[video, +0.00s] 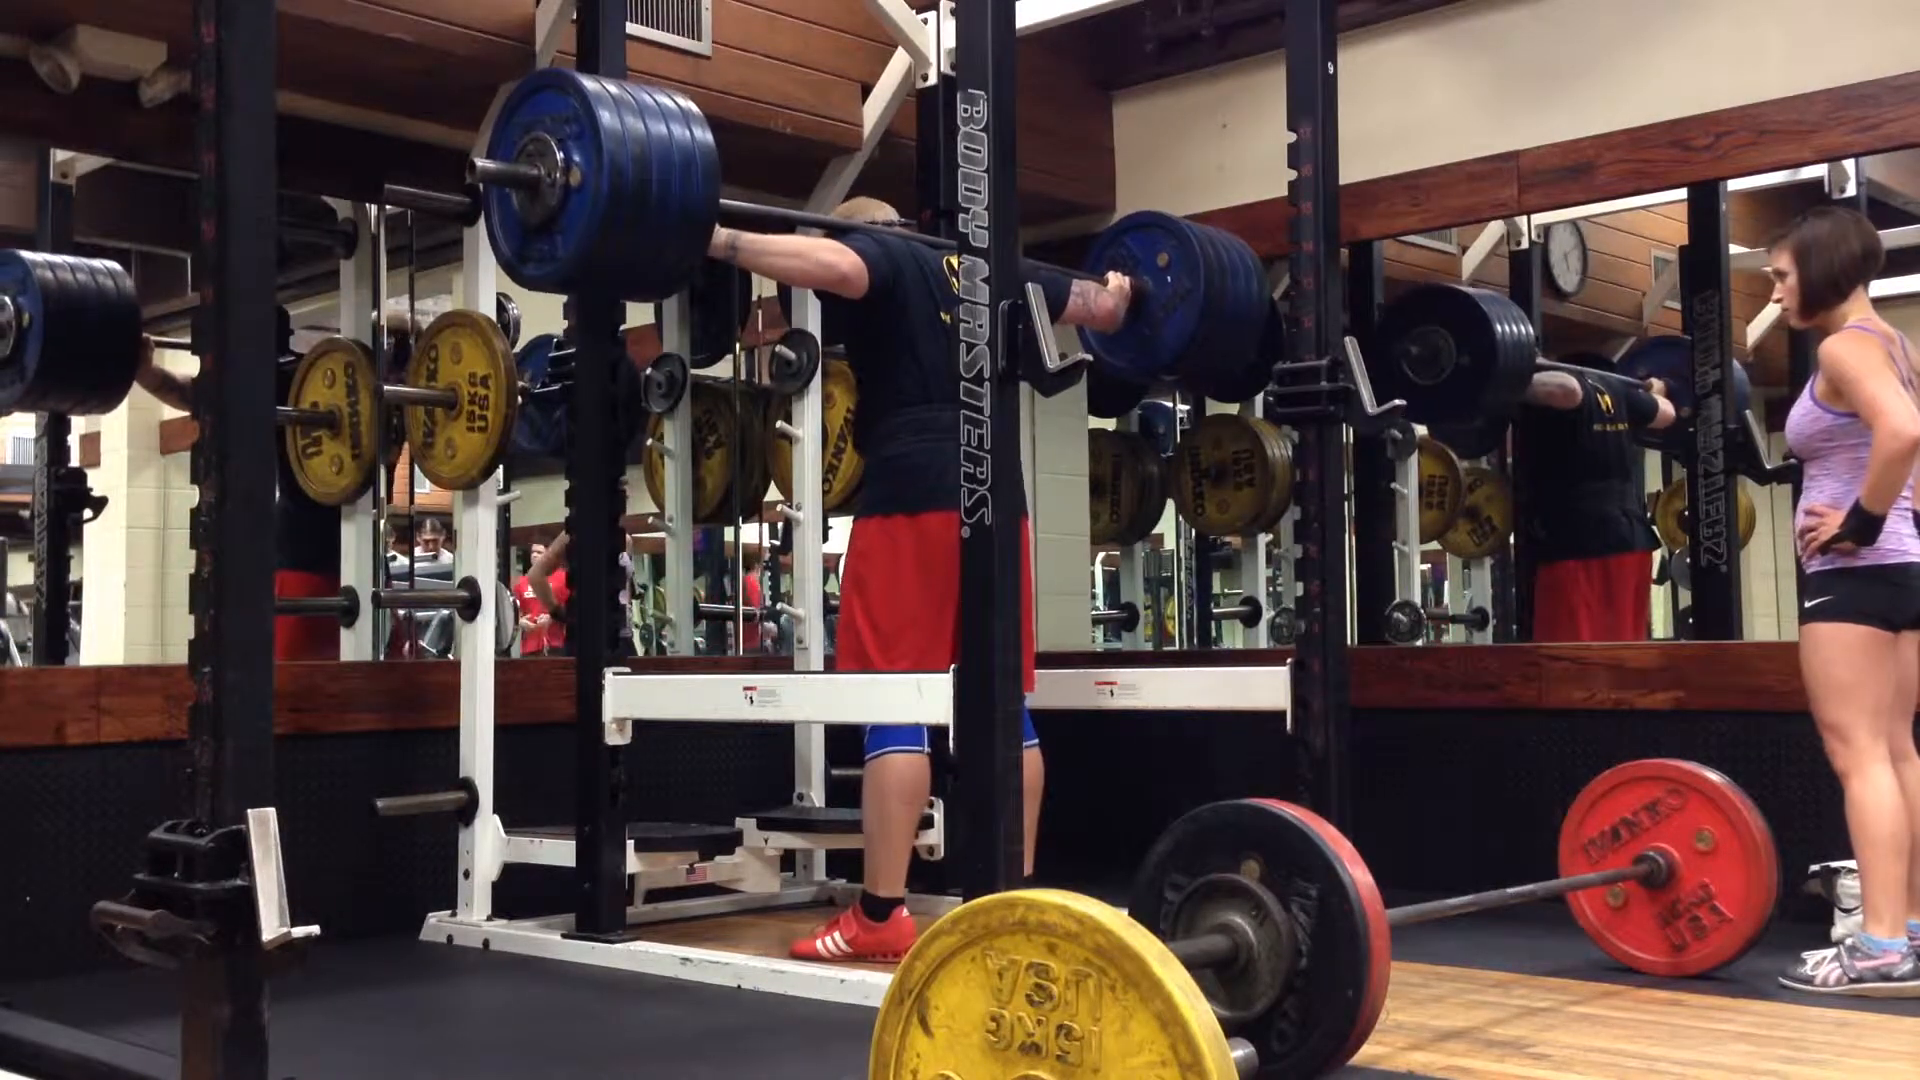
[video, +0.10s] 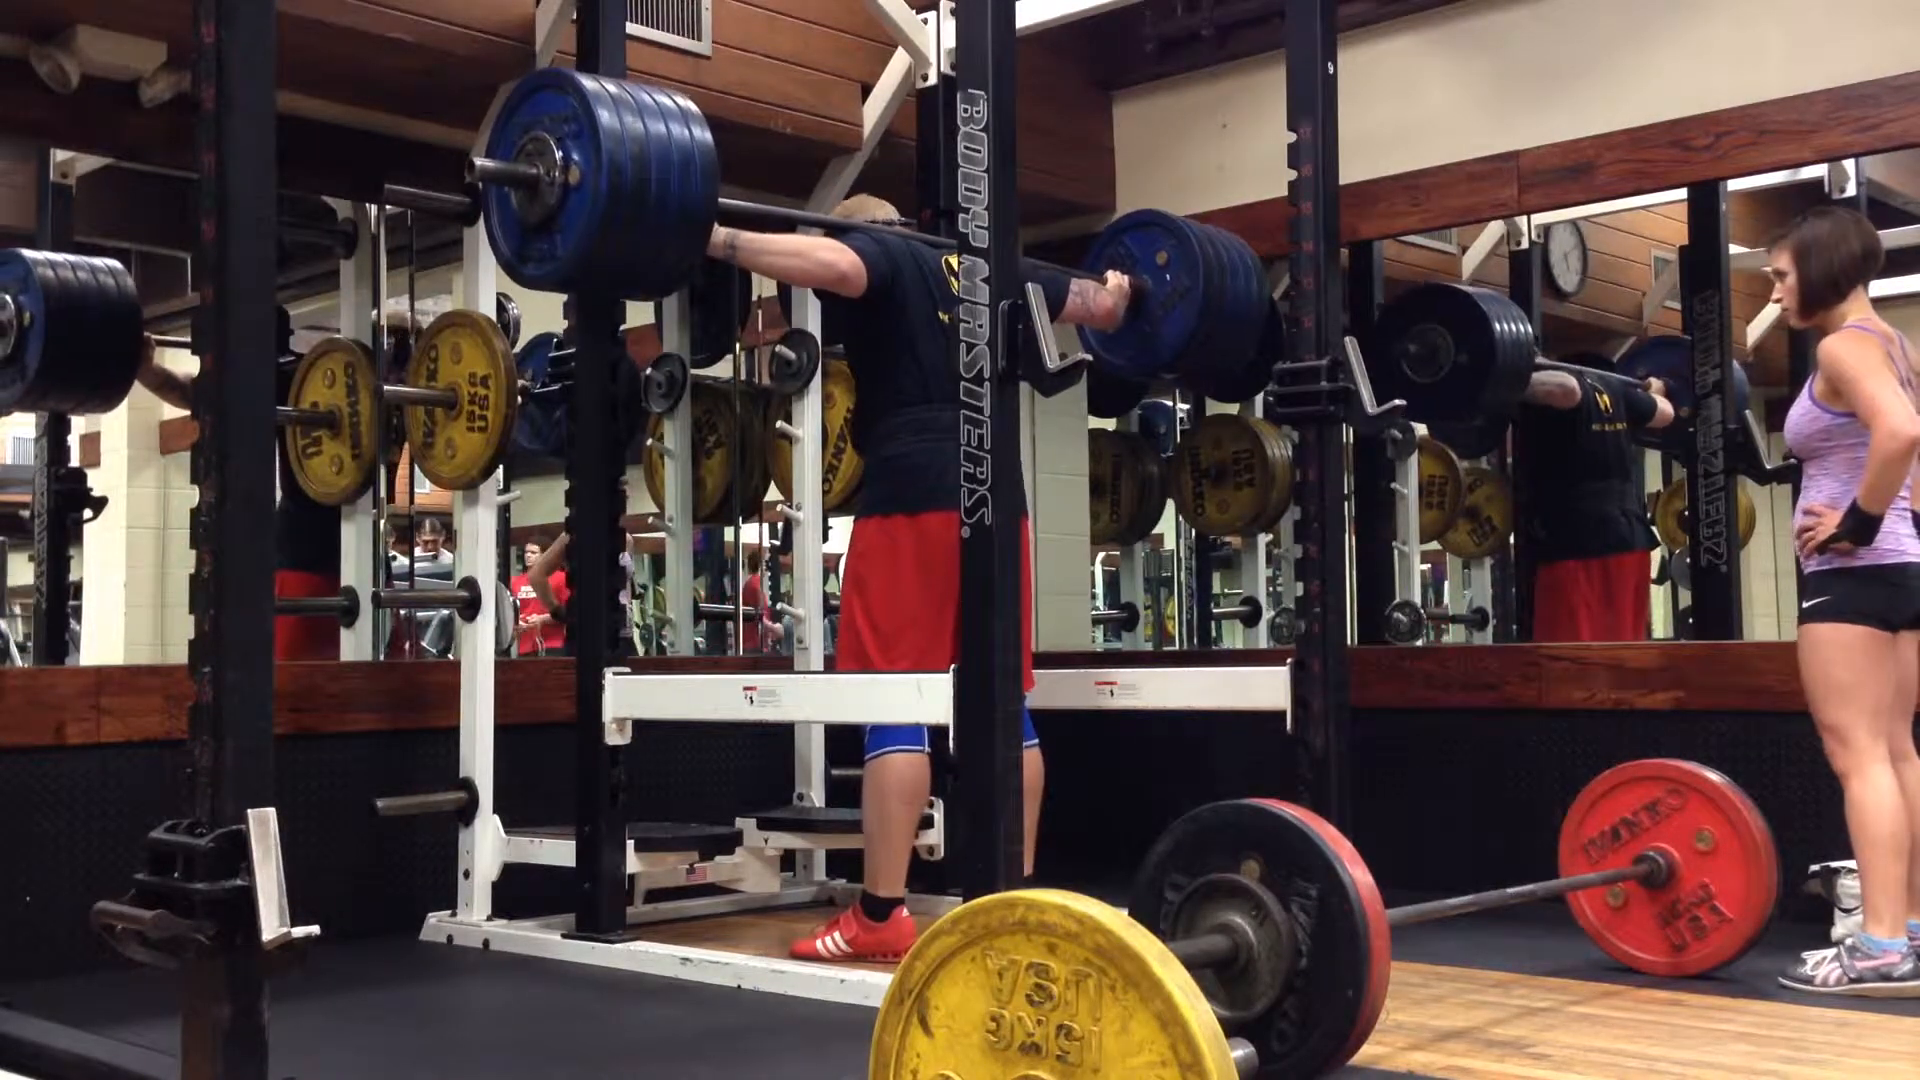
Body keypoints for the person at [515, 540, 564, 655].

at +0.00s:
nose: (535, 555)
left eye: (539, 552)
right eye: (533, 552)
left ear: (547, 555)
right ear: (530, 555)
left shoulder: (561, 578)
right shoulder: (522, 583)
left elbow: (566, 607)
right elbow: (516, 609)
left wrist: (551, 618)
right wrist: (521, 621)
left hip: (555, 644)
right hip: (530, 645)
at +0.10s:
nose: (528, 556)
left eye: (533, 552)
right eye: (526, 552)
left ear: (544, 555)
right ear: (523, 554)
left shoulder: (559, 579)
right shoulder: (516, 582)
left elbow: (565, 612)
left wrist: (542, 619)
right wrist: (517, 622)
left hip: (552, 646)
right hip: (525, 648)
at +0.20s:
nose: (521, 556)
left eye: (526, 553)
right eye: (520, 553)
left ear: (540, 556)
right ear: (517, 553)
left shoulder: (553, 580)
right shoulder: (511, 582)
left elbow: (561, 612)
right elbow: (504, 611)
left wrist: (531, 621)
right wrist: (515, 623)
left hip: (546, 649)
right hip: (518, 651)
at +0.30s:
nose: (514, 556)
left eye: (519, 553)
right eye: (513, 552)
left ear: (532, 556)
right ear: (510, 554)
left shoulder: (544, 580)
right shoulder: (505, 582)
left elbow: (557, 611)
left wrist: (522, 622)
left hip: (536, 649)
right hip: (509, 650)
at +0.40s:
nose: (507, 554)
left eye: (511, 550)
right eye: (506, 550)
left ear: (524, 554)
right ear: (504, 551)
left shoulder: (532, 576)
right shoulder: (501, 576)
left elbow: (542, 609)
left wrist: (515, 620)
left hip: (528, 646)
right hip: (503, 646)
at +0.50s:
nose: (499, 553)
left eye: (504, 550)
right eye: (498, 549)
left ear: (516, 553)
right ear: (496, 550)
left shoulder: (524, 574)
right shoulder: (498, 574)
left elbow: (531, 607)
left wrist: (505, 616)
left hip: (520, 643)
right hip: (499, 641)